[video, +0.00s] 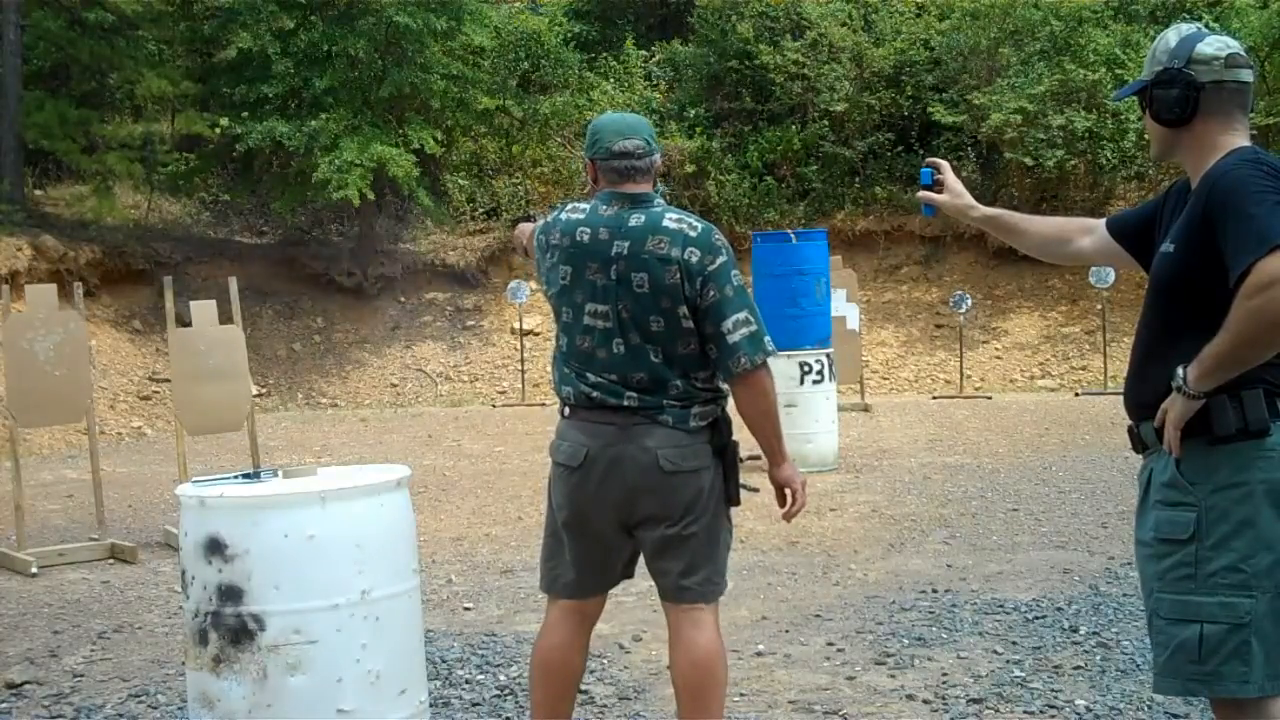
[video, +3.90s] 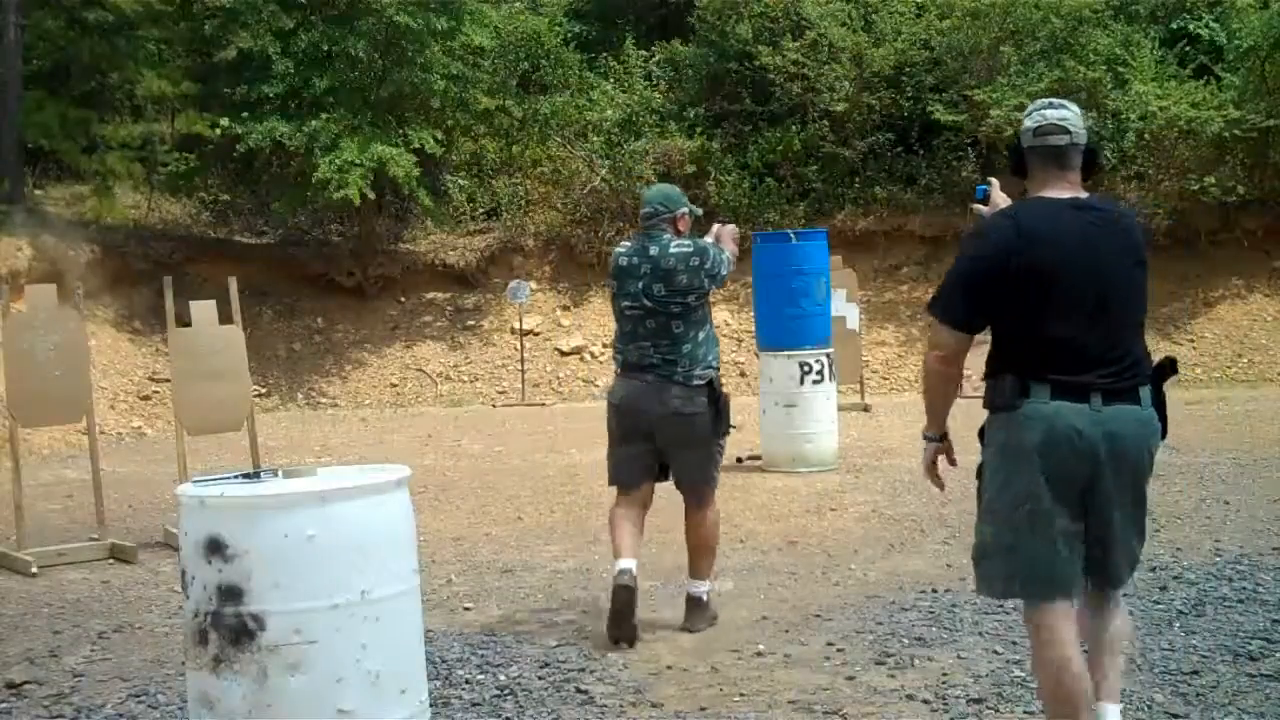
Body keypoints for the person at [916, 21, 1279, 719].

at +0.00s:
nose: (1145, 115)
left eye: (1150, 100)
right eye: (1146, 101)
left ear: (1177, 102)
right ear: (1223, 101)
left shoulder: (1242, 181)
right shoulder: (1191, 197)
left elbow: (1274, 283)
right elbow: (1084, 238)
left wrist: (1194, 381)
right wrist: (974, 213)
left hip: (1224, 462)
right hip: (1205, 457)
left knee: (1242, 692)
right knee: (1241, 685)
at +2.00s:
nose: (1137, 117)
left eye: (1142, 102)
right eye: (1138, 102)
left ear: (1169, 103)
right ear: (1218, 102)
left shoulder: (1234, 181)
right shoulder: (1186, 195)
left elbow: (1270, 288)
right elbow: (1082, 239)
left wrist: (1184, 388)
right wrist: (970, 213)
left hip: (1221, 462)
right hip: (1210, 456)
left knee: (1238, 693)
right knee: (1242, 686)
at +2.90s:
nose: (1136, 140)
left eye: (1138, 125)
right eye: (1138, 127)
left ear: (1148, 122)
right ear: (1226, 122)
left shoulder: (1178, 198)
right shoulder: (1261, 205)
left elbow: (1173, 297)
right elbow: (1137, 244)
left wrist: (1108, 384)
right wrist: (1033, 216)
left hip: (1188, 449)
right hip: (1265, 445)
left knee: (1184, 684)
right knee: (1219, 671)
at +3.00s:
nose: (1137, 143)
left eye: (1140, 128)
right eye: (1140, 129)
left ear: (1147, 127)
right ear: (1225, 127)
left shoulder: (1168, 202)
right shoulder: (1262, 208)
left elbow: (1154, 301)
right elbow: (1144, 245)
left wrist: (1076, 385)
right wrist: (1045, 218)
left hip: (1181, 452)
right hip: (1268, 449)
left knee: (1125, 675)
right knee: (1221, 664)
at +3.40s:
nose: (1111, 156)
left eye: (1112, 145)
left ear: (1113, 149)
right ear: (1185, 149)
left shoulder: (1108, 221)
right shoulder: (1230, 228)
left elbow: (1073, 326)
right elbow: (1157, 277)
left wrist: (1033, 446)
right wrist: (1067, 233)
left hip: (1125, 452)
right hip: (1230, 447)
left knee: (1061, 618)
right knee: (1218, 645)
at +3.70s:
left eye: (1051, 161)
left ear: (1047, 168)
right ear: (1117, 163)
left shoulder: (1032, 240)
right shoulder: (1159, 232)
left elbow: (986, 349)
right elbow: (1103, 282)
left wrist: (958, 455)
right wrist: (1026, 238)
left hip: (1060, 442)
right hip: (1162, 442)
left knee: (1051, 622)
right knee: (1160, 624)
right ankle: (1181, 713)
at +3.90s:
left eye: (1024, 159)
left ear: (1021, 160)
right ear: (1085, 160)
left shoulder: (1002, 234)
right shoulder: (1125, 228)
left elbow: (947, 347)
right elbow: (1070, 248)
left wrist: (935, 430)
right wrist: (1011, 215)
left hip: (1036, 424)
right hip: (1129, 422)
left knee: (1050, 612)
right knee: (1107, 590)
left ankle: (1078, 717)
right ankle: (1108, 711)